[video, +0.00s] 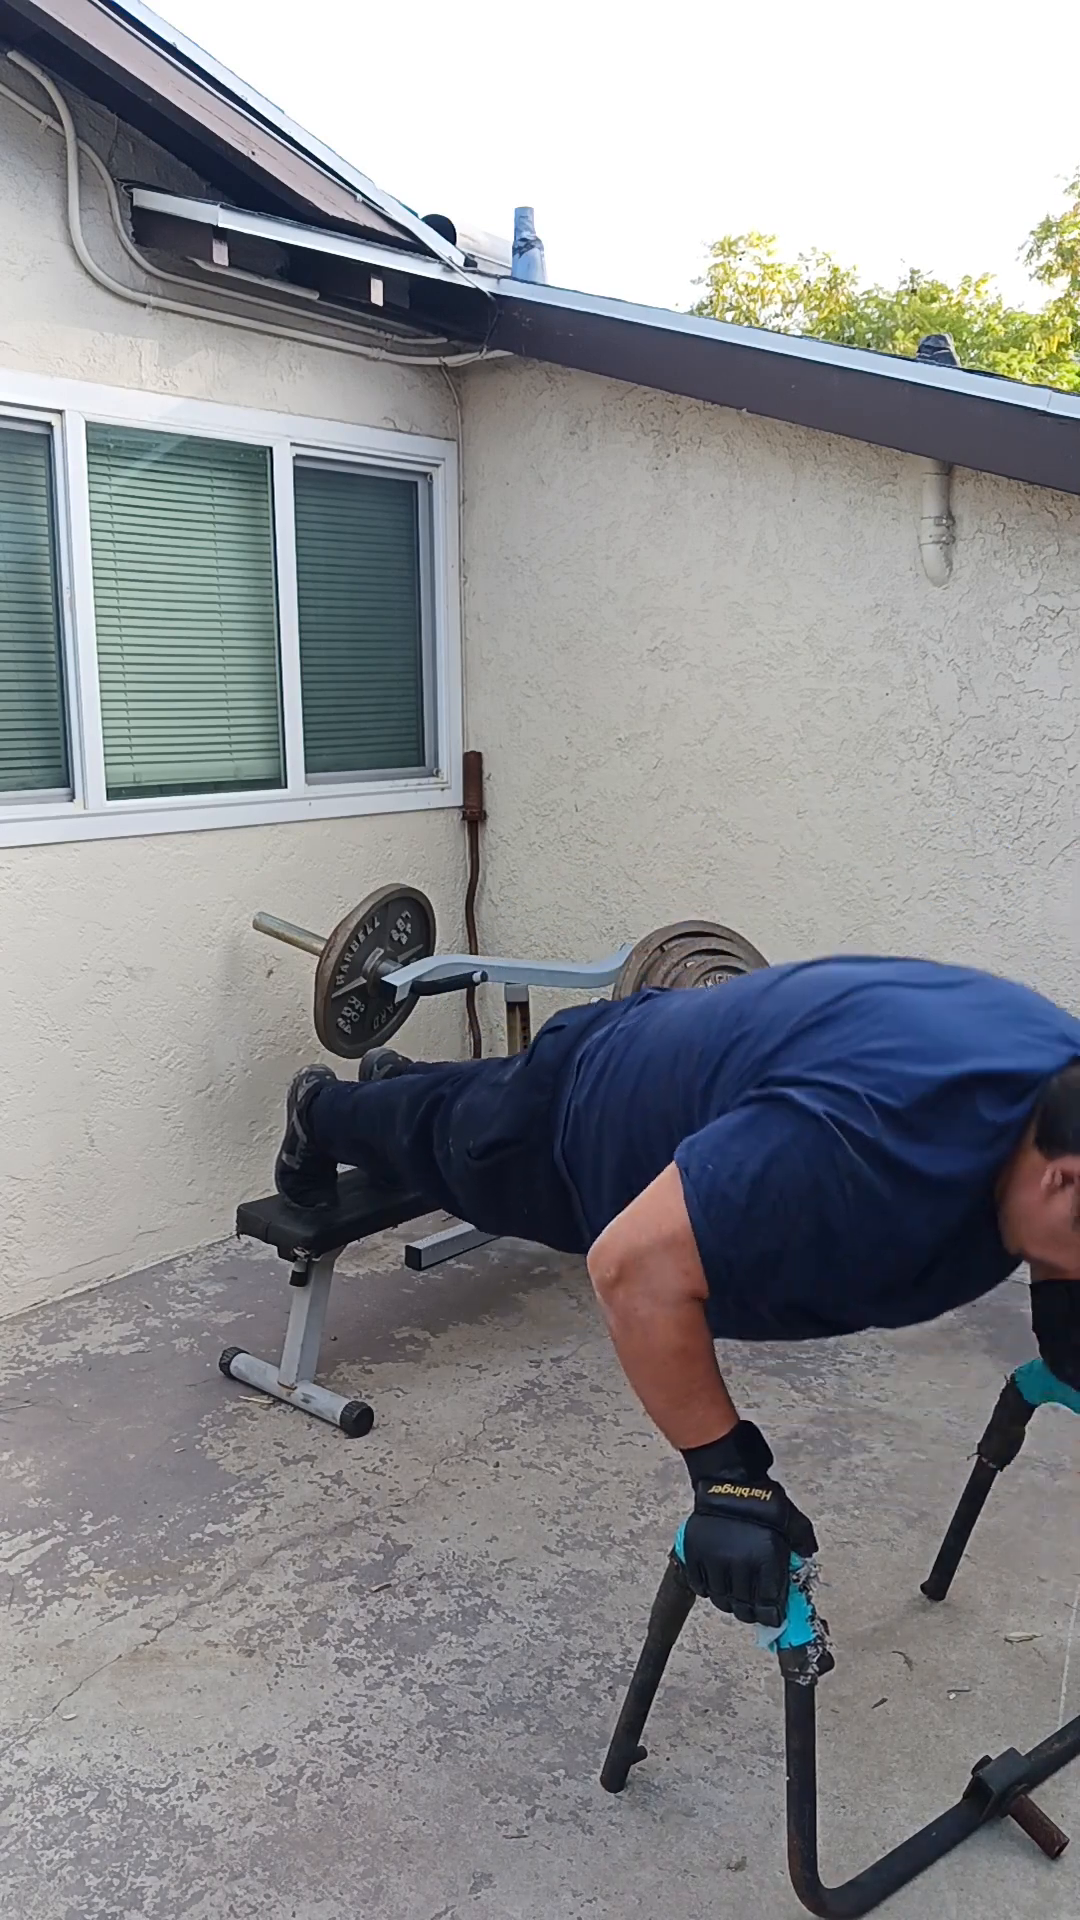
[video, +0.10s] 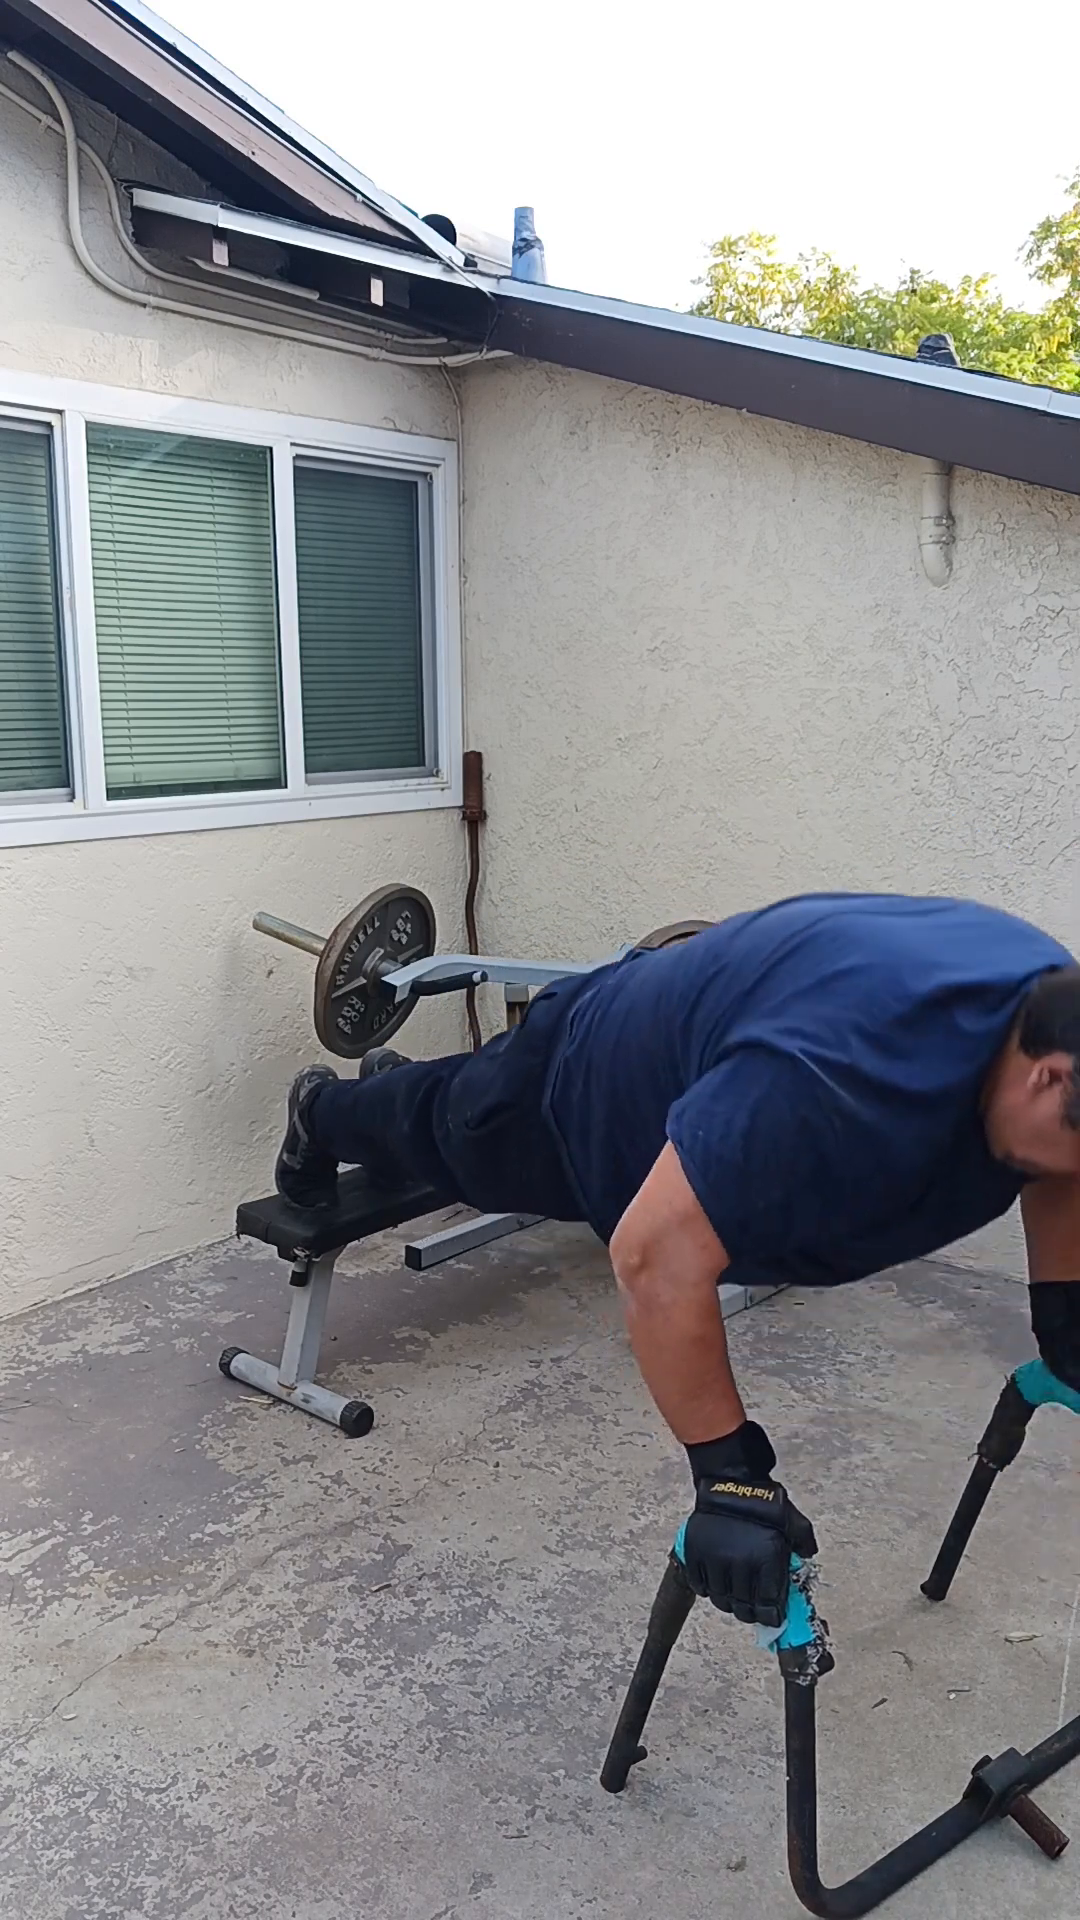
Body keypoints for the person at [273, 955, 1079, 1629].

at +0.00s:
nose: (1062, 1266)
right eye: (1074, 1240)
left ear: (1064, 1170)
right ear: (1055, 1179)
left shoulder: (1059, 1082)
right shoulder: (840, 1148)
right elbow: (633, 1269)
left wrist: (1059, 1324)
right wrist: (729, 1474)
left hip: (730, 1019)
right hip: (605, 1094)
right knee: (451, 1125)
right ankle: (324, 1115)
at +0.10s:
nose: (1054, 1173)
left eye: (1072, 1164)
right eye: (1064, 1147)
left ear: (1057, 1073)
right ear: (1040, 1078)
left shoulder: (1050, 1008)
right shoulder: (826, 1081)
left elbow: (1057, 1175)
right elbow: (655, 1259)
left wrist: (1059, 1318)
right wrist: (731, 1475)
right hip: (604, 1065)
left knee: (512, 1118)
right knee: (449, 1114)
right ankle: (324, 1112)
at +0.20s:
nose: (1059, 1095)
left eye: (1072, 1084)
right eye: (1064, 1072)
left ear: (1040, 987)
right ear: (1031, 995)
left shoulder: (1042, 968)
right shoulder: (820, 1018)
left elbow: (1051, 1150)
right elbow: (692, 1238)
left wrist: (1060, 1321)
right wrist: (736, 1478)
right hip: (608, 1039)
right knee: (450, 1098)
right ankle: (322, 1117)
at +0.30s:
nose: (1056, 1039)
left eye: (1073, 1023)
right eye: (1061, 1009)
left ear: (1032, 937)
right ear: (1019, 935)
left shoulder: (1026, 962)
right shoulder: (818, 974)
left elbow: (1043, 1147)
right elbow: (732, 1226)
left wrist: (1059, 1321)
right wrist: (741, 1474)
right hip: (601, 1018)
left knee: (515, 1116)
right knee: (444, 1088)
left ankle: (410, 1142)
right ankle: (320, 1115)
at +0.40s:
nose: (1055, 1018)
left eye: (1073, 1003)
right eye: (1057, 989)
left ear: (1019, 909)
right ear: (1010, 913)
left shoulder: (1024, 962)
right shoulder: (818, 963)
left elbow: (1040, 1153)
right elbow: (741, 1226)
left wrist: (1059, 1323)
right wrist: (741, 1472)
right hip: (606, 999)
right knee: (447, 1082)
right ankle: (318, 1115)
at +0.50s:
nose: (1054, 1023)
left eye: (1072, 1007)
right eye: (1055, 993)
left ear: (1020, 915)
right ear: (1011, 918)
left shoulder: (1023, 958)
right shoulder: (818, 974)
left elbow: (1039, 1151)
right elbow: (736, 1223)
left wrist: (1059, 1321)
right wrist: (740, 1472)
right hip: (600, 995)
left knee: (516, 1100)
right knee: (440, 1078)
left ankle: (394, 1127)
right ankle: (317, 1114)